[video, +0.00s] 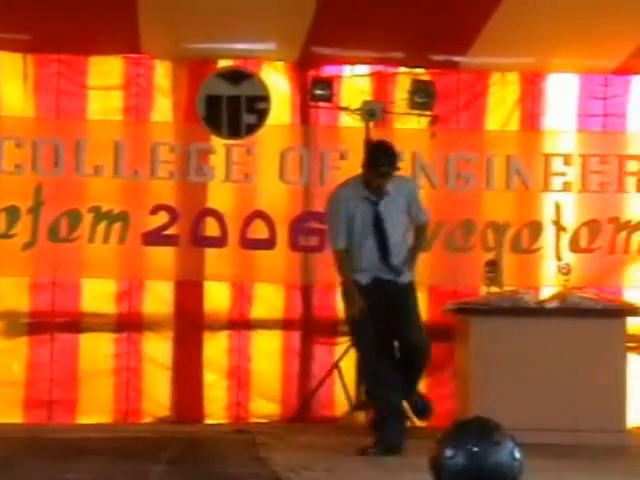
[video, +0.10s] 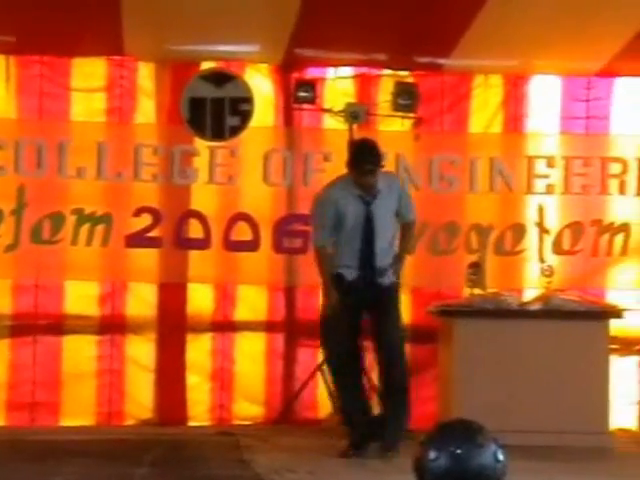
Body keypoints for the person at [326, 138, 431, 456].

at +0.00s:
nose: (382, 182)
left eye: (387, 175)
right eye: (377, 175)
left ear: (394, 172)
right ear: (364, 170)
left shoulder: (405, 190)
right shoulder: (343, 198)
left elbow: (421, 224)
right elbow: (339, 249)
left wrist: (413, 253)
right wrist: (350, 291)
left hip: (400, 284)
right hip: (364, 285)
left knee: (416, 345)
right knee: (374, 360)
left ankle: (406, 388)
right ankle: (389, 433)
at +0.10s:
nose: (370, 180)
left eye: (374, 173)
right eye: (363, 174)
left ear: (381, 168)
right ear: (351, 170)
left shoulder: (394, 188)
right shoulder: (331, 197)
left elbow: (408, 221)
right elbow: (322, 246)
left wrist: (401, 255)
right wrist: (330, 287)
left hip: (384, 282)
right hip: (345, 283)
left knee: (392, 356)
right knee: (342, 357)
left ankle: (393, 430)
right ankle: (358, 428)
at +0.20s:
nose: (363, 180)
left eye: (367, 172)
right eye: (356, 173)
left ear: (375, 167)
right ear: (345, 171)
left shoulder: (394, 189)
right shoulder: (327, 197)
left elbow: (408, 228)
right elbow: (312, 243)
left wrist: (396, 271)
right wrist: (319, 284)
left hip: (379, 287)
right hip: (339, 286)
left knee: (377, 362)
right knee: (326, 359)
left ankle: (369, 435)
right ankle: (339, 432)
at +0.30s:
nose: (361, 178)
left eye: (367, 171)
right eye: (355, 172)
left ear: (375, 168)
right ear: (344, 170)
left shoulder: (394, 192)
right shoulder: (331, 197)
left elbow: (418, 231)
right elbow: (313, 242)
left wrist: (399, 278)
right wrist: (319, 284)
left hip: (380, 293)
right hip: (340, 291)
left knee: (371, 368)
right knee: (329, 362)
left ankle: (357, 440)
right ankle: (342, 428)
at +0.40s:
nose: (359, 178)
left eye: (365, 171)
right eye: (353, 171)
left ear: (373, 168)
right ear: (341, 167)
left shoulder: (390, 191)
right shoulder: (324, 195)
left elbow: (414, 226)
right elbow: (316, 242)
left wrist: (398, 273)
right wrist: (320, 282)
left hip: (381, 289)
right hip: (341, 289)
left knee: (381, 362)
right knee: (342, 362)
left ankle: (363, 435)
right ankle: (352, 427)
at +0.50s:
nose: (360, 186)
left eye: (365, 179)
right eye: (354, 178)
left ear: (372, 177)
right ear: (341, 175)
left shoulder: (384, 203)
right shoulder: (319, 206)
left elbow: (402, 236)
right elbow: (314, 253)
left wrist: (392, 275)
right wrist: (328, 287)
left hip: (383, 294)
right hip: (344, 298)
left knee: (402, 361)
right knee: (355, 370)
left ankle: (369, 434)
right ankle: (383, 435)